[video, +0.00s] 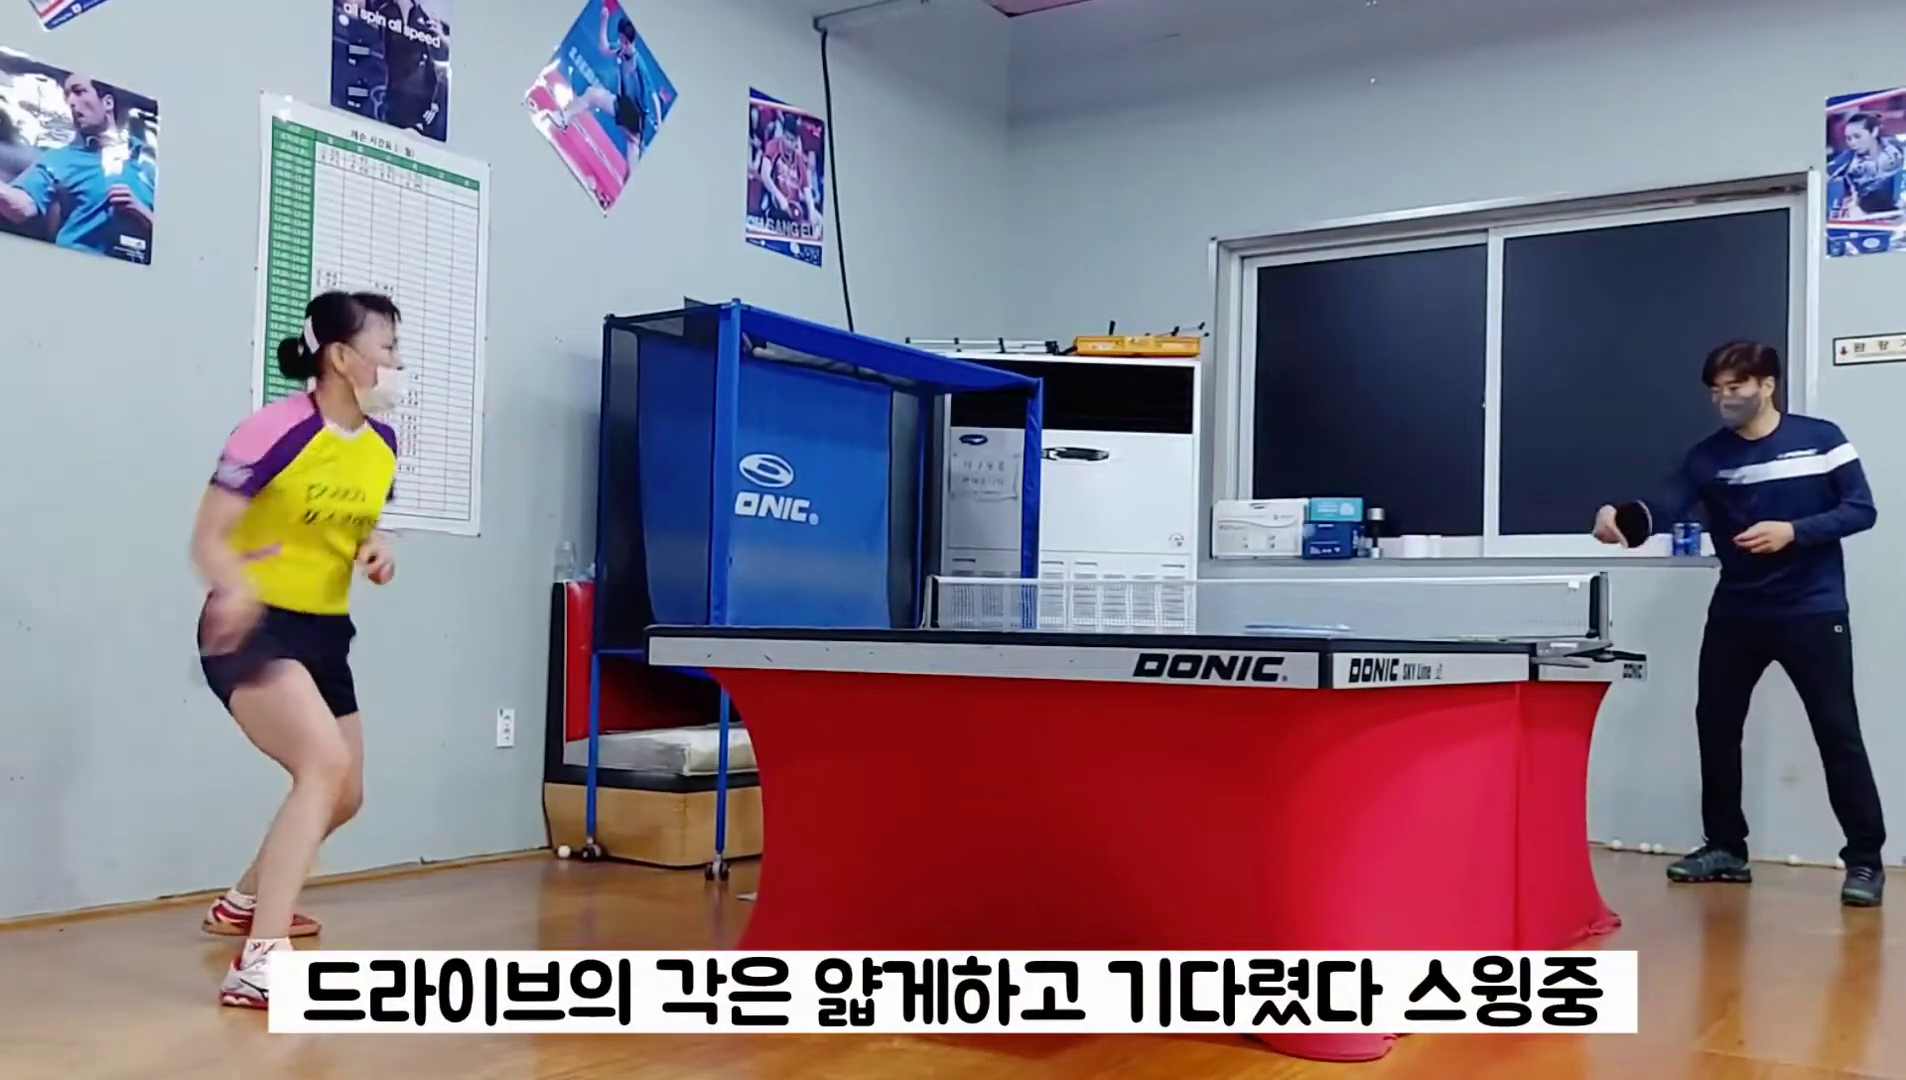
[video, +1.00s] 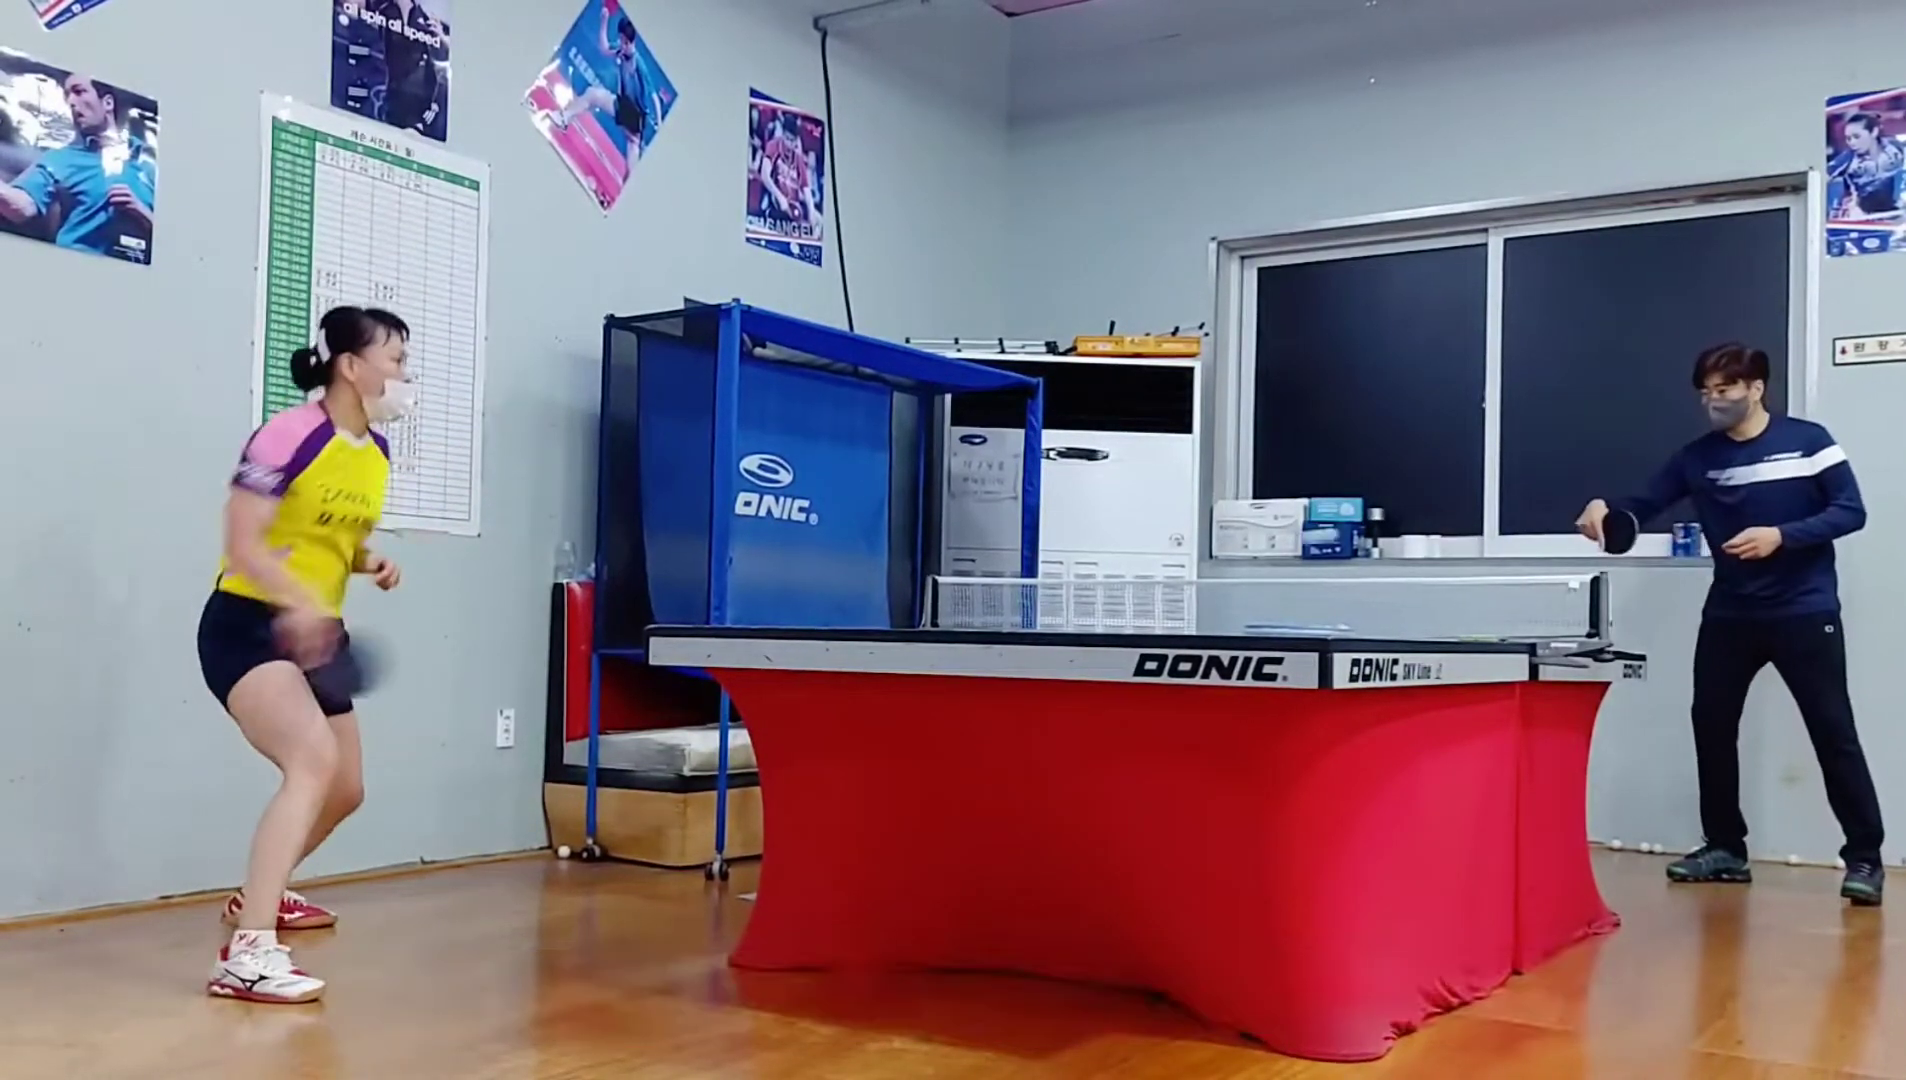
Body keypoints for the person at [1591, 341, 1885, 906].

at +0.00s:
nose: (1725, 397)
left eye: (1736, 385)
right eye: (1717, 389)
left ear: (1768, 385)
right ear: (1711, 396)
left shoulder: (1821, 438)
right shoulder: (1706, 458)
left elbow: (1861, 509)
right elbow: (1663, 508)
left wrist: (1793, 530)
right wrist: (1623, 520)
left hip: (1812, 614)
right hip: (1737, 614)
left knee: (1839, 736)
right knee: (1716, 727)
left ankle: (1864, 862)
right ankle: (1726, 849)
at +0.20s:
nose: (1729, 395)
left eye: (1741, 385)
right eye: (1721, 388)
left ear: (1772, 386)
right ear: (1714, 395)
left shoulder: (1822, 441)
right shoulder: (1712, 459)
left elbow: (1859, 515)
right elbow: (1686, 531)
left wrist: (1783, 534)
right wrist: (1661, 548)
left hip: (1811, 614)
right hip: (1738, 615)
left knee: (1838, 736)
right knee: (1713, 723)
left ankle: (1862, 863)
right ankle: (1725, 848)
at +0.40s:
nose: (1732, 391)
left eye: (1743, 380)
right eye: (1724, 384)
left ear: (1774, 381)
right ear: (1719, 392)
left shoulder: (1823, 436)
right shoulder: (1723, 458)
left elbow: (1861, 509)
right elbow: (1717, 537)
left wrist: (1778, 530)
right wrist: (1684, 561)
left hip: (1816, 614)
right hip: (1747, 615)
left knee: (1838, 734)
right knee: (1726, 724)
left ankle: (1864, 862)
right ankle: (1728, 848)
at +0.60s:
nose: (1727, 403)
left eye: (1738, 393)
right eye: (1720, 395)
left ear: (1771, 389)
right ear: (1716, 399)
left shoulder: (1823, 439)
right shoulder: (1725, 460)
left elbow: (1861, 513)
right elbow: (1724, 532)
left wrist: (1778, 532)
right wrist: (1693, 577)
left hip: (1817, 615)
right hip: (1748, 615)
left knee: (1839, 735)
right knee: (1721, 722)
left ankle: (1864, 863)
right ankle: (1728, 848)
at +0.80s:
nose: (1721, 410)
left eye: (1732, 399)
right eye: (1714, 401)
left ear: (1764, 396)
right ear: (1708, 402)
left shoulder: (1819, 443)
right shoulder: (1710, 462)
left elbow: (1862, 515)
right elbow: (1668, 516)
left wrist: (1788, 536)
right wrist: (1640, 554)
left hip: (1813, 618)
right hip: (1740, 618)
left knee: (1839, 737)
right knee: (1713, 723)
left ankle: (1864, 863)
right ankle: (1725, 848)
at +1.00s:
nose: (1713, 399)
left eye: (1724, 388)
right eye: (1706, 391)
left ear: (1756, 388)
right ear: (1700, 398)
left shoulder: (1808, 440)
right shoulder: (1698, 458)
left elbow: (1851, 511)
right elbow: (1643, 508)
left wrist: (1781, 535)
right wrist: (1607, 513)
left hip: (1804, 616)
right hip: (1730, 617)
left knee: (1835, 737)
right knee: (1712, 729)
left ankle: (1864, 860)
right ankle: (1725, 848)